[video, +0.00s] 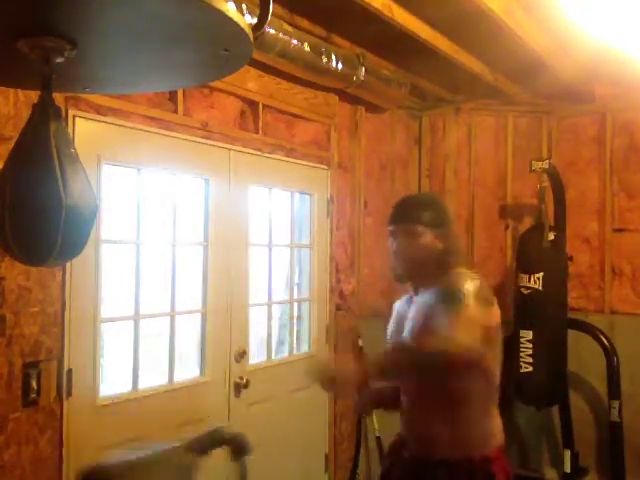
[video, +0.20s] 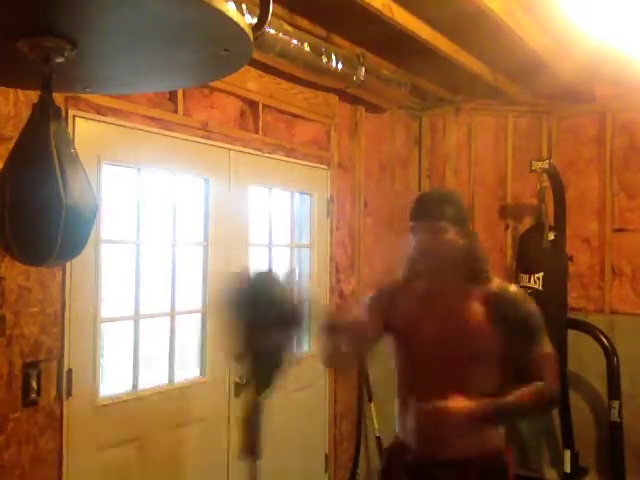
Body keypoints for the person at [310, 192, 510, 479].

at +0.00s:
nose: (395, 248)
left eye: (407, 236)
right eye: (393, 237)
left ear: (436, 239)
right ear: (389, 241)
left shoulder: (465, 290)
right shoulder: (402, 307)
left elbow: (452, 355)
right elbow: (412, 389)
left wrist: (368, 368)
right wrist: (369, 395)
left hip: (470, 462)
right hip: (418, 458)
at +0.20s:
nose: (424, 244)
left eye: (437, 232)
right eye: (418, 233)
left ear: (464, 237)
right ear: (410, 237)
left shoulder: (505, 303)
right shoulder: (393, 300)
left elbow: (548, 388)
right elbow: (348, 356)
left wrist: (476, 410)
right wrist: (338, 335)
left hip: (479, 462)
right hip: (414, 461)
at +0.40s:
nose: (418, 246)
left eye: (432, 234)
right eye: (410, 235)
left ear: (459, 239)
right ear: (404, 238)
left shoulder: (498, 306)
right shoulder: (382, 296)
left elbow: (539, 391)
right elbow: (345, 363)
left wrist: (475, 373)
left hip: (471, 462)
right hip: (401, 462)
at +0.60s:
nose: (388, 248)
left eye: (400, 237)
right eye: (385, 237)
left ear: (426, 237)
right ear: (381, 239)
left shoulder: (459, 288)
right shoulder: (386, 300)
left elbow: (412, 324)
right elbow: (387, 370)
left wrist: (318, 326)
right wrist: (370, 404)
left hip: (462, 459)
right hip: (405, 453)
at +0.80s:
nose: (385, 254)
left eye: (394, 243)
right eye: (385, 243)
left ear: (421, 243)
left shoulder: (457, 292)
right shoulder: (399, 305)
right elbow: (401, 375)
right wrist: (365, 380)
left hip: (467, 462)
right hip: (417, 457)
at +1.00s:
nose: (413, 246)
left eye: (428, 234)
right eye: (407, 234)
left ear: (454, 238)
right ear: (400, 240)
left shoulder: (496, 302)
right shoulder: (381, 297)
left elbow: (544, 378)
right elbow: (342, 344)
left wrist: (494, 401)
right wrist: (331, 324)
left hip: (471, 463)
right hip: (404, 462)